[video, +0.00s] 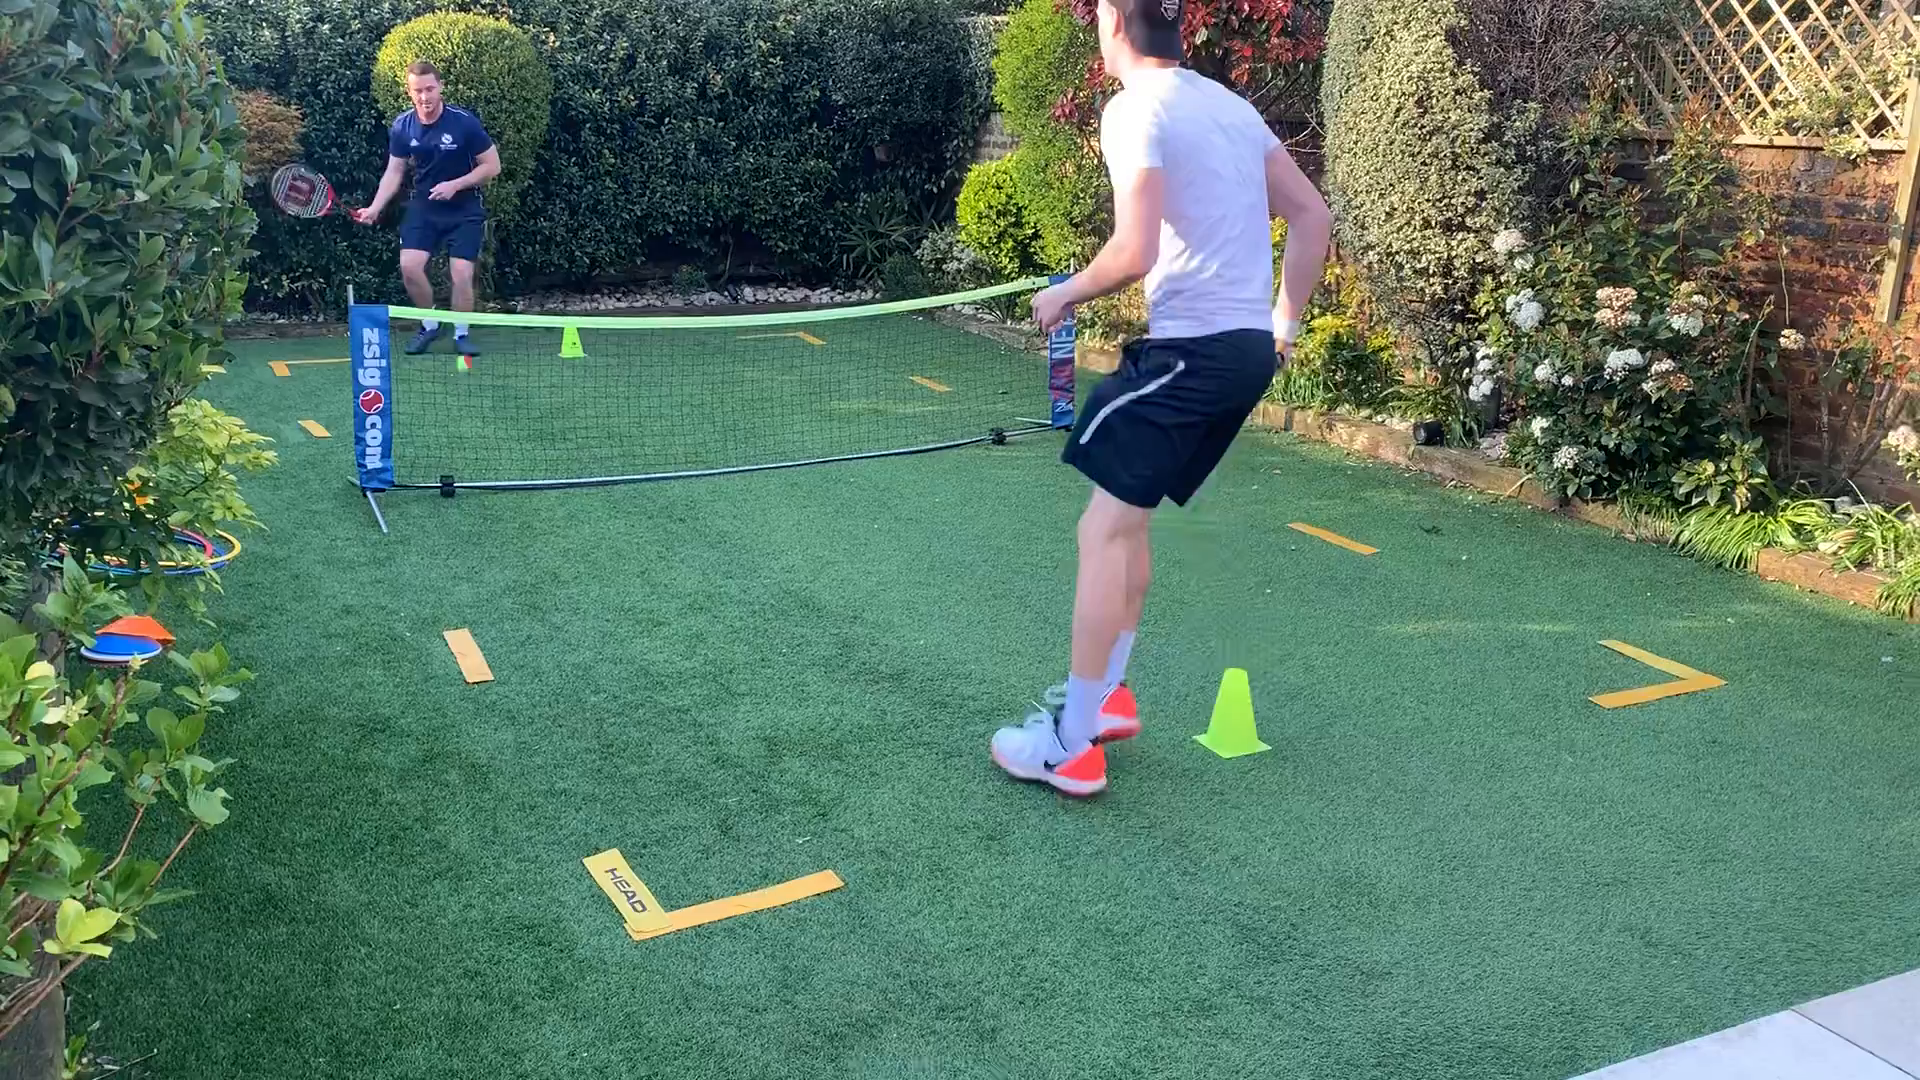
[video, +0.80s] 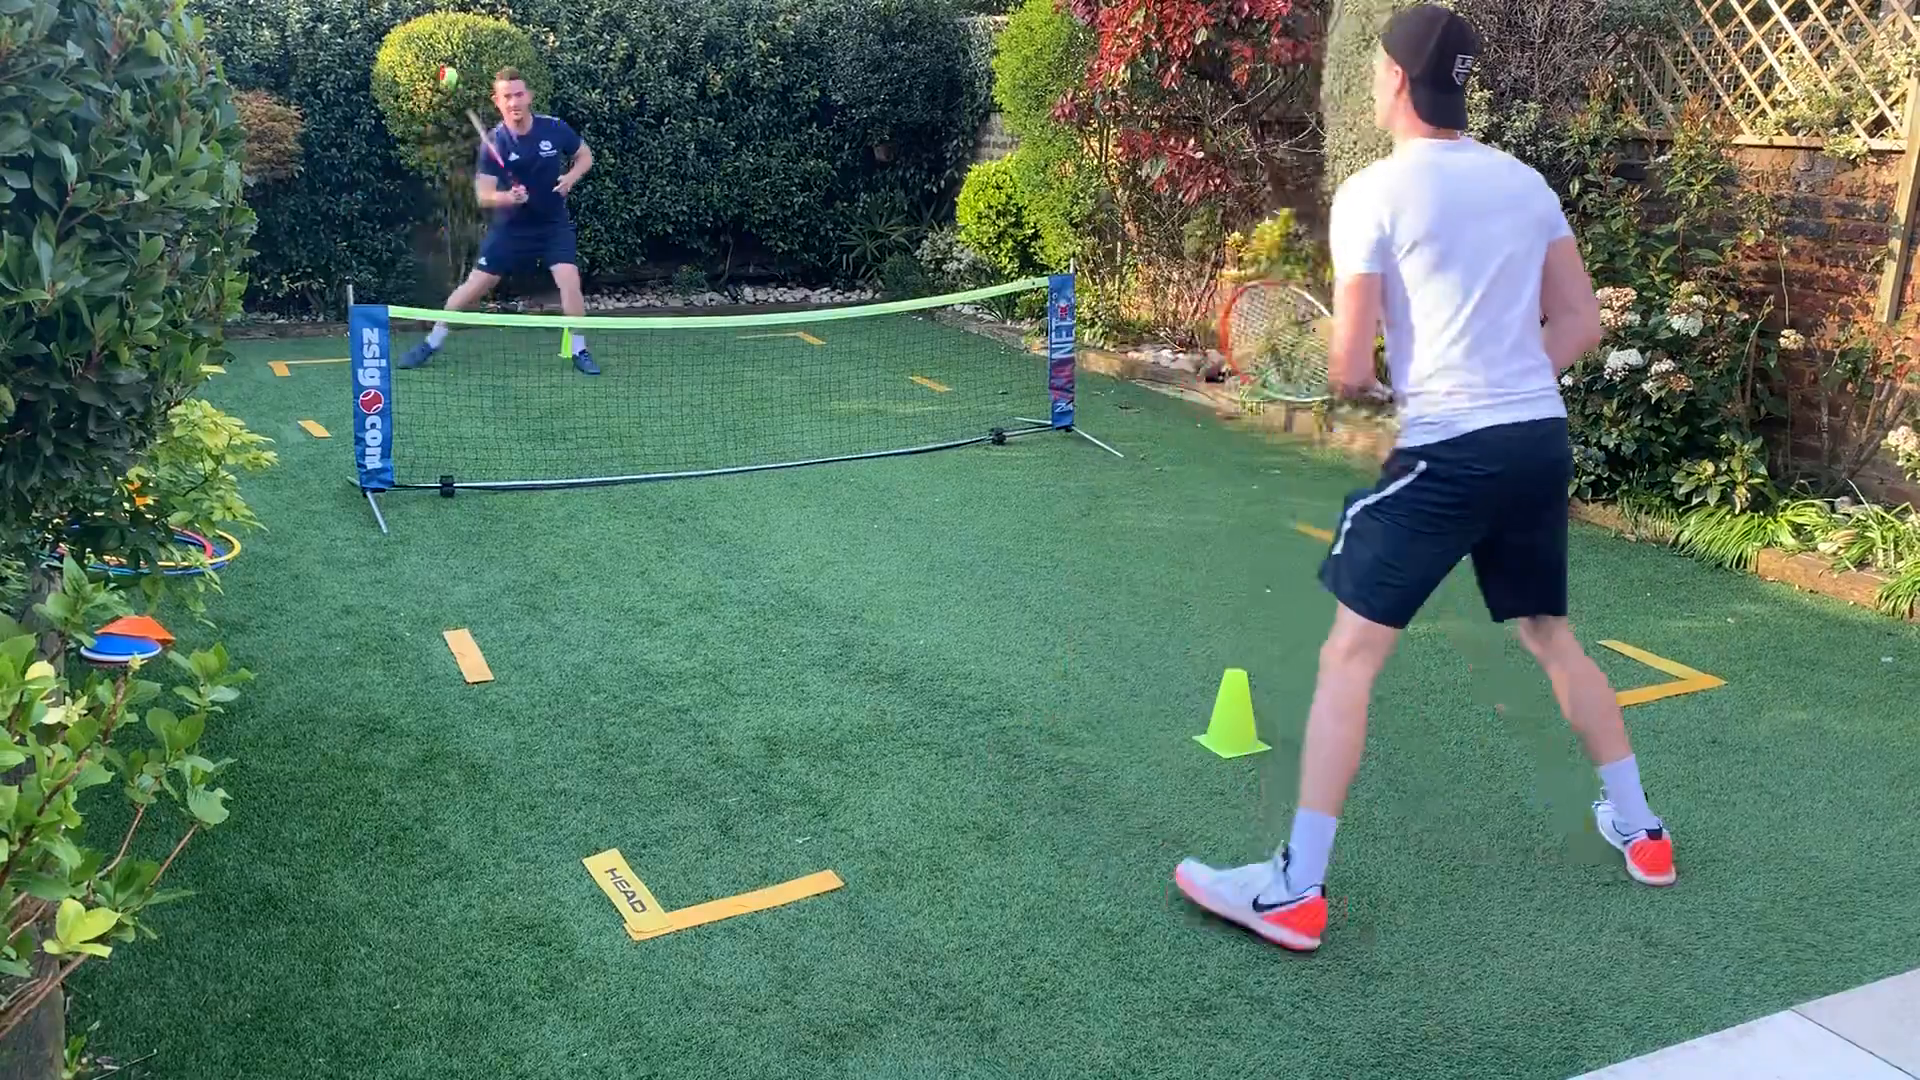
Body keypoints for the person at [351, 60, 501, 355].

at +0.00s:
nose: (425, 96)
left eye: (430, 89)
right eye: (419, 91)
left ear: (440, 89)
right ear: (410, 94)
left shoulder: (465, 123)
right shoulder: (402, 127)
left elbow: (492, 166)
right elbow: (393, 172)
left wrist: (455, 184)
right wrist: (374, 208)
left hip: (464, 208)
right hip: (422, 206)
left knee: (461, 272)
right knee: (410, 267)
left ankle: (461, 335)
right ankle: (430, 325)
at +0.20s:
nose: (409, 114)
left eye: (414, 106)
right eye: (402, 108)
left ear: (426, 103)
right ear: (395, 111)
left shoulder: (456, 128)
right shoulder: (395, 145)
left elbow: (493, 159)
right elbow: (399, 193)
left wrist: (465, 188)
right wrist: (392, 239)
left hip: (468, 211)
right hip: (426, 212)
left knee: (469, 275)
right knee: (422, 269)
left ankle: (462, 335)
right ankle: (415, 344)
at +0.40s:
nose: (412, 114)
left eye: (416, 105)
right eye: (405, 108)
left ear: (428, 100)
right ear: (396, 109)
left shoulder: (458, 120)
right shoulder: (400, 148)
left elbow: (494, 146)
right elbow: (421, 197)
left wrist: (478, 180)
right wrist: (439, 233)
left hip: (476, 205)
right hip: (437, 212)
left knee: (487, 270)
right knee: (428, 271)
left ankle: (480, 328)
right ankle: (416, 344)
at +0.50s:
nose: (427, 108)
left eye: (432, 99)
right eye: (420, 103)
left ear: (444, 97)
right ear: (413, 106)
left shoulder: (474, 118)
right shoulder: (413, 145)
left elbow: (505, 144)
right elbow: (432, 189)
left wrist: (491, 173)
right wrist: (458, 211)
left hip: (484, 203)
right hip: (441, 207)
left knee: (505, 268)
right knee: (431, 273)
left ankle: (512, 337)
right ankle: (416, 344)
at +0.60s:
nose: (452, 105)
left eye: (457, 98)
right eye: (445, 100)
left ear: (468, 98)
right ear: (435, 104)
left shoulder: (488, 124)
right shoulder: (434, 141)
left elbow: (523, 150)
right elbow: (447, 190)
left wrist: (510, 177)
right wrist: (467, 200)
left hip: (498, 207)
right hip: (458, 213)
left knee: (525, 268)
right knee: (439, 276)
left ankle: (551, 342)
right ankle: (416, 344)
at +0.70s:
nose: (484, 106)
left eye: (489, 98)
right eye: (477, 100)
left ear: (498, 100)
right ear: (465, 104)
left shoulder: (520, 131)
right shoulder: (460, 145)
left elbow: (550, 160)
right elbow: (464, 197)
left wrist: (539, 185)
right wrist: (489, 199)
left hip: (519, 217)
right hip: (476, 224)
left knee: (550, 273)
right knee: (449, 288)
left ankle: (575, 343)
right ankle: (418, 342)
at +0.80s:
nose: (513, 102)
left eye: (518, 95)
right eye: (506, 97)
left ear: (530, 96)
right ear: (497, 102)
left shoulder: (554, 129)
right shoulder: (493, 142)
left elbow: (585, 156)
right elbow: (484, 195)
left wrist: (571, 178)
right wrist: (510, 197)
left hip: (554, 223)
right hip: (511, 225)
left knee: (570, 280)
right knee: (475, 286)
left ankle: (578, 348)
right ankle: (433, 342)